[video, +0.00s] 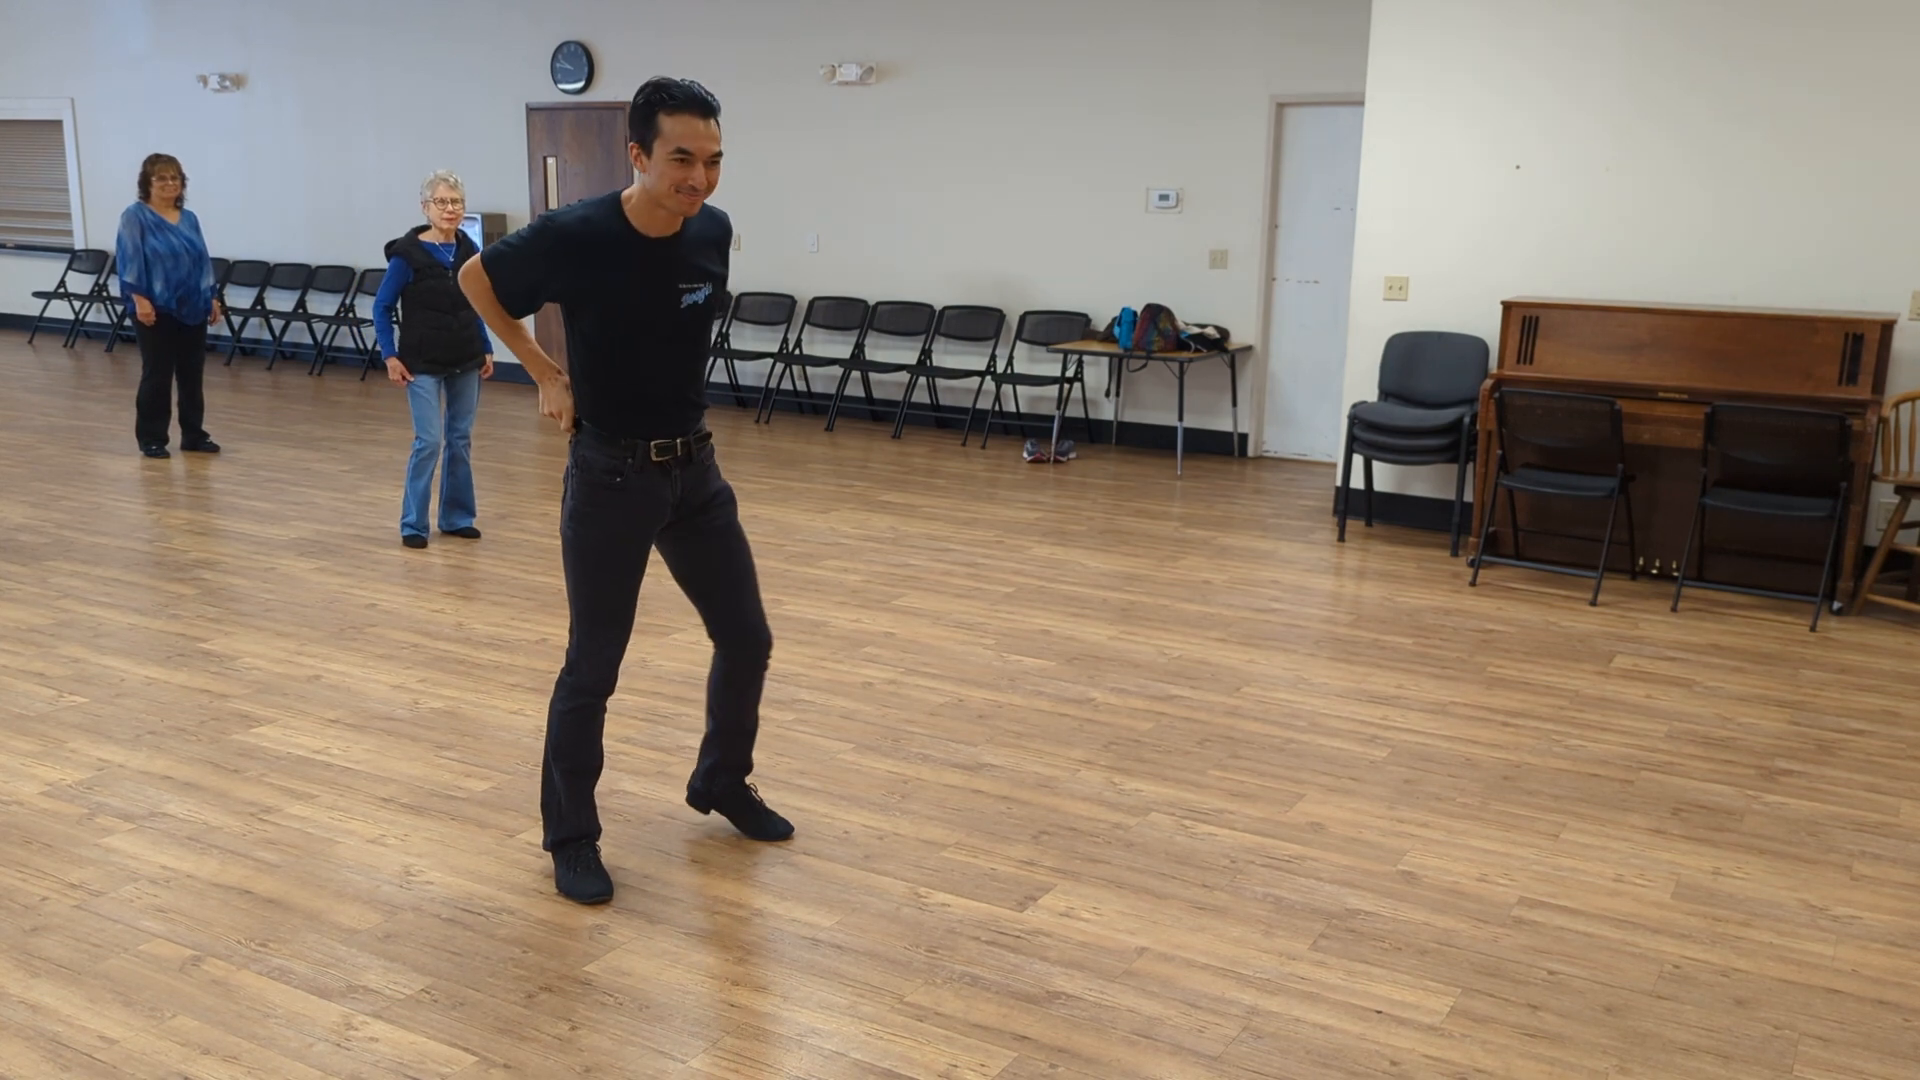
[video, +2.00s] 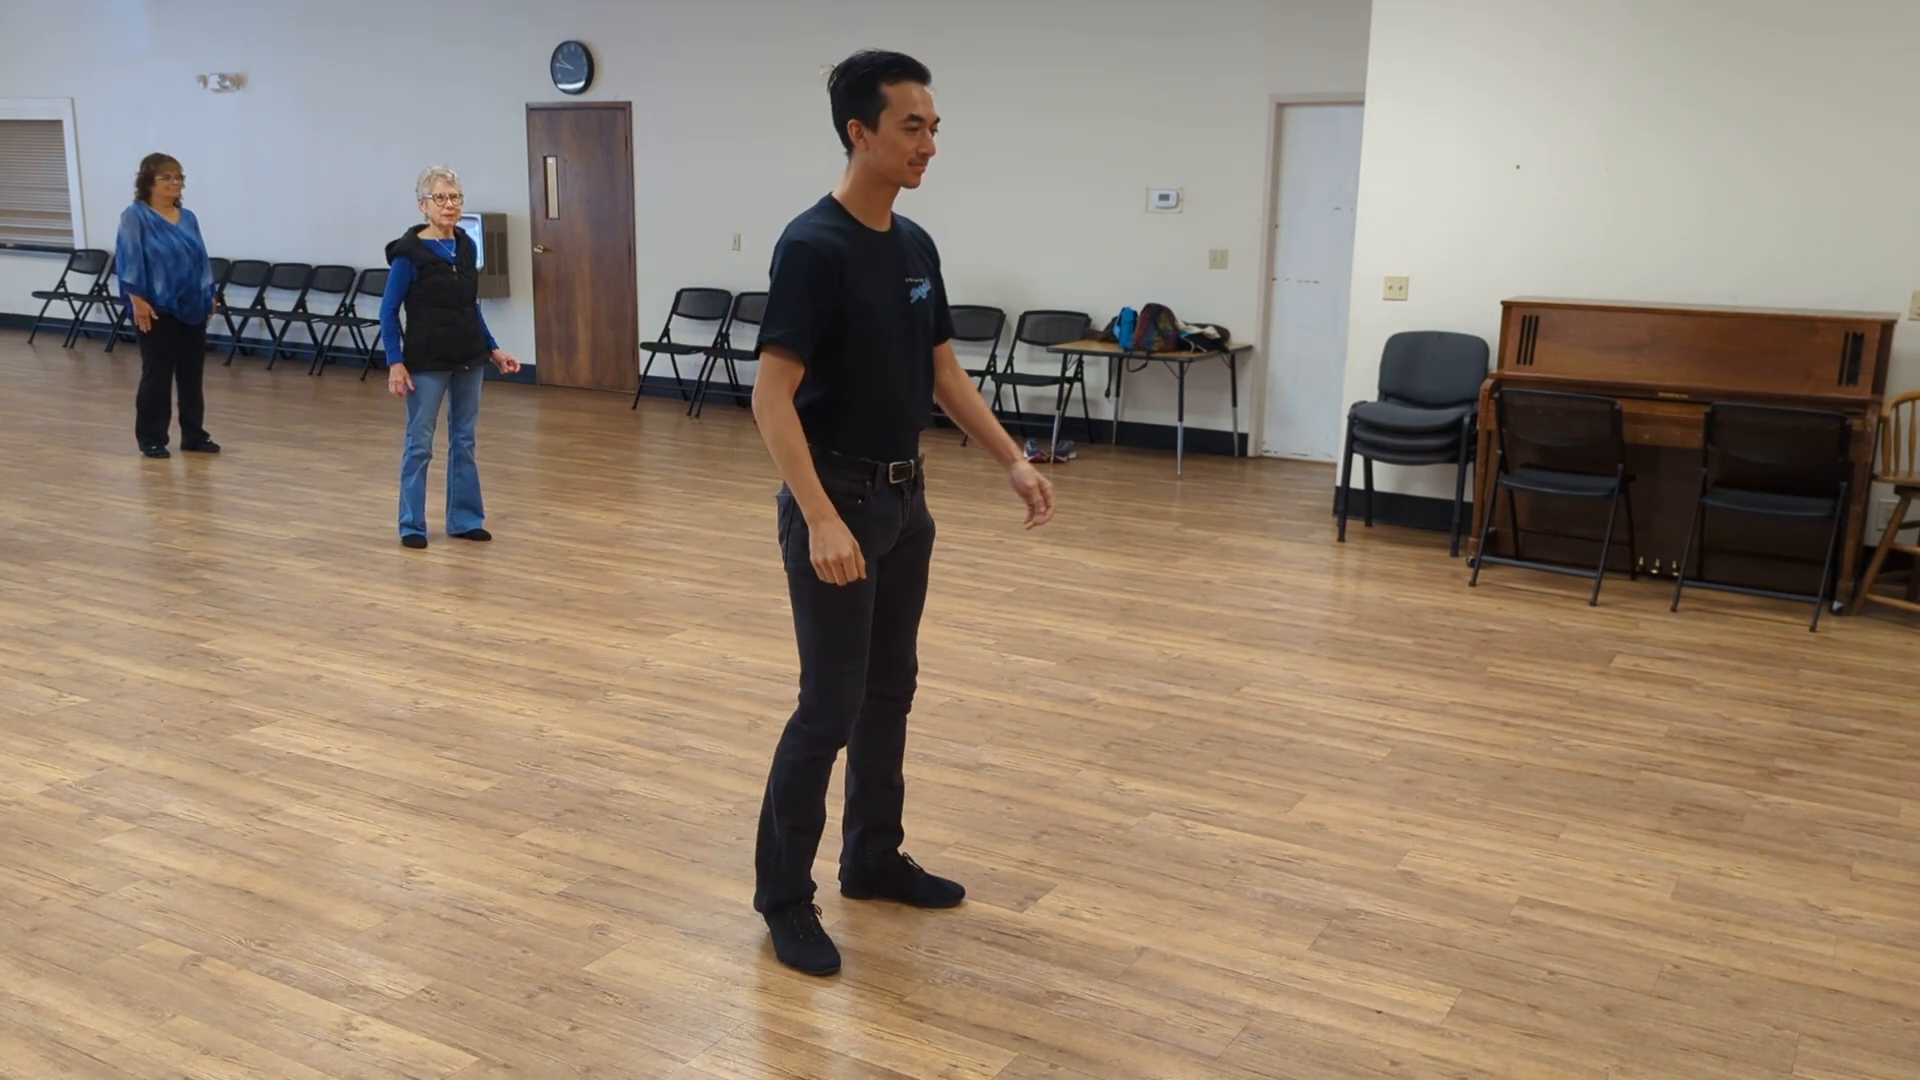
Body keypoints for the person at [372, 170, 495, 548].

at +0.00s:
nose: (450, 209)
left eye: (456, 202)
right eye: (442, 203)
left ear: (464, 207)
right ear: (426, 207)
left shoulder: (470, 250)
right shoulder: (410, 253)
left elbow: (478, 306)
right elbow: (382, 306)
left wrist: (486, 348)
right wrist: (389, 355)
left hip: (467, 360)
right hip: (422, 362)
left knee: (460, 440)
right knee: (429, 442)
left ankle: (457, 518)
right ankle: (414, 525)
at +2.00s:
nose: (449, 205)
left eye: (455, 198)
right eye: (440, 199)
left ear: (461, 202)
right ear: (424, 204)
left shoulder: (466, 247)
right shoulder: (409, 251)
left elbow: (470, 305)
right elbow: (388, 310)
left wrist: (493, 350)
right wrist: (395, 361)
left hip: (469, 358)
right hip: (427, 360)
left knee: (464, 442)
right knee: (420, 446)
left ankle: (464, 521)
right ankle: (411, 526)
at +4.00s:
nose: (443, 208)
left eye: (444, 201)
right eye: (434, 202)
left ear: (440, 204)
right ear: (408, 207)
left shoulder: (431, 248)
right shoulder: (387, 254)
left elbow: (429, 314)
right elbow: (365, 313)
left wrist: (448, 358)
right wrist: (378, 366)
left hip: (433, 364)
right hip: (395, 367)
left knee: (450, 443)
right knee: (395, 449)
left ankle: (463, 522)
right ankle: (397, 531)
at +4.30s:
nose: (440, 205)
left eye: (444, 197)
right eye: (430, 200)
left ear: (450, 201)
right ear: (410, 207)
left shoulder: (450, 247)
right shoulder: (400, 253)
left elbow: (454, 310)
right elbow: (379, 315)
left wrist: (476, 355)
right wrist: (389, 366)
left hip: (455, 361)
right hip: (415, 365)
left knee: (457, 445)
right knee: (409, 448)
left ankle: (463, 522)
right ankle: (399, 530)